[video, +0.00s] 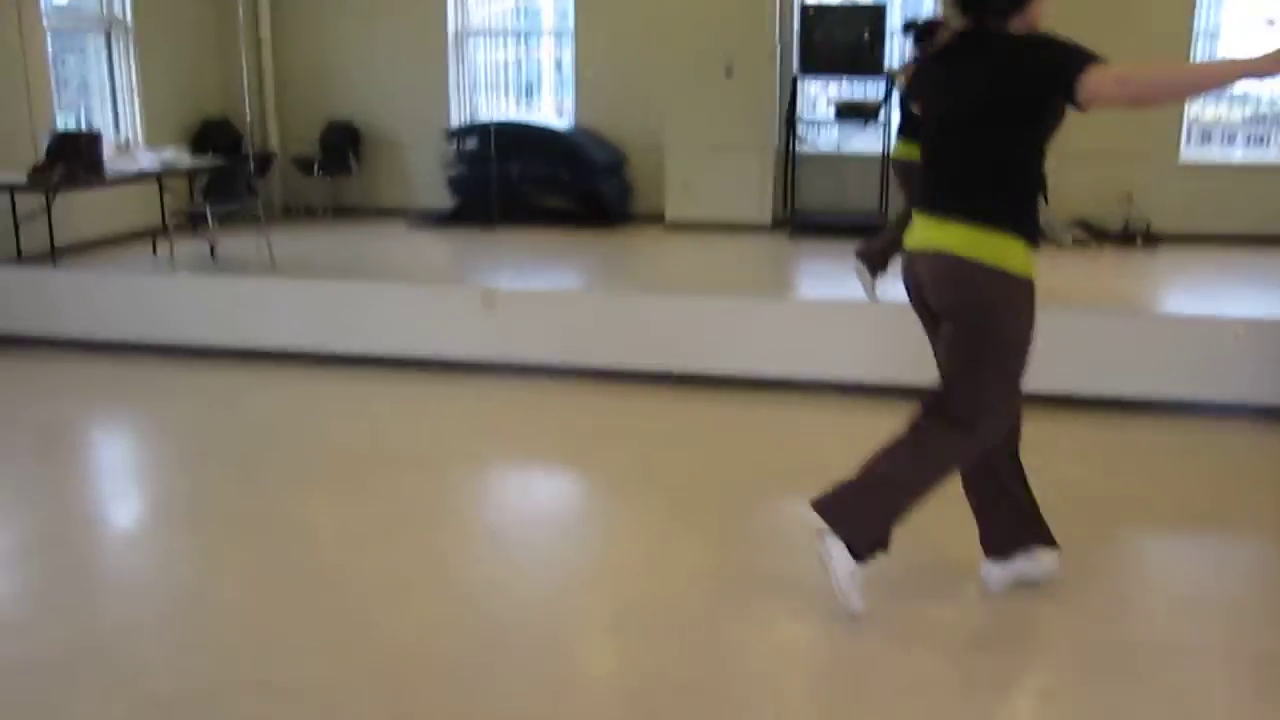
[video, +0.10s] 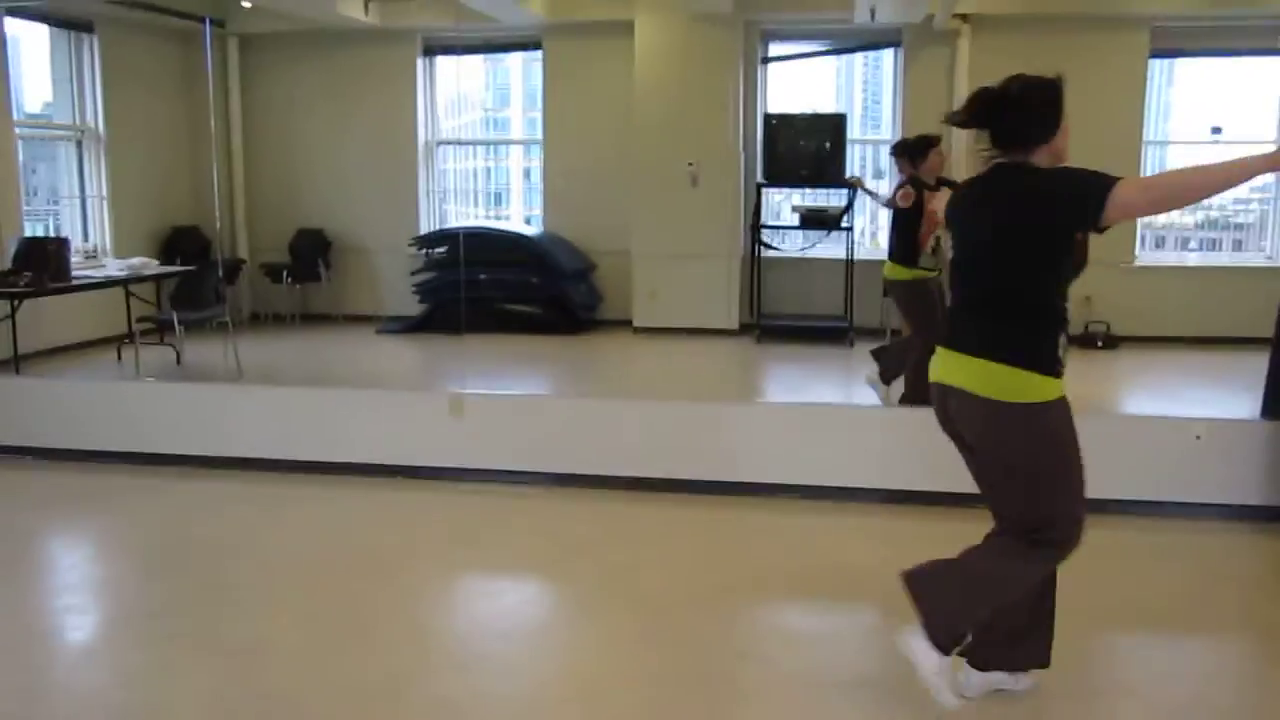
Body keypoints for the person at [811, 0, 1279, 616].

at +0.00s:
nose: (1044, 7)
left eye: (1040, 2)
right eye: (1038, 2)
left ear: (969, 6)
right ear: (1023, 7)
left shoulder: (935, 63)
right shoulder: (1037, 57)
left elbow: (909, 162)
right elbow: (1126, 88)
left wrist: (914, 229)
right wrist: (1249, 67)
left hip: (926, 259)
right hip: (989, 266)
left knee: (982, 404)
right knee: (974, 413)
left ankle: (1012, 546)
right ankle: (848, 522)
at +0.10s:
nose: (1068, 133)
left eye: (1063, 122)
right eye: (1064, 124)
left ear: (999, 134)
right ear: (1052, 133)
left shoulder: (969, 195)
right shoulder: (1059, 191)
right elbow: (1165, 191)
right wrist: (1266, 161)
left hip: (955, 383)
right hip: (1016, 395)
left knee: (1019, 523)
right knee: (1055, 531)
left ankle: (999, 658)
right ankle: (939, 610)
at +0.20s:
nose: (1123, 206)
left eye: (1122, 196)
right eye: (1120, 196)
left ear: (1051, 205)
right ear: (1110, 204)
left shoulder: (1030, 265)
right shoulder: (1117, 264)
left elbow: (1011, 350)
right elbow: (1208, 296)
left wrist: (1028, 405)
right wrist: (1276, 291)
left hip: (1010, 454)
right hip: (1082, 467)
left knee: (1039, 591)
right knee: (1136, 592)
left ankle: (999, 712)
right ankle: (1077, 707)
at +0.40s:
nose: (1259, 321)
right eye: (1259, 312)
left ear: (1201, 318)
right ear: (1257, 316)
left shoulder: (1167, 388)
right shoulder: (1268, 383)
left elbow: (1173, 473)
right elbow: (1276, 468)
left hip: (1174, 561)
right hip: (1249, 572)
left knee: (1216, 681)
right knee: (1267, 692)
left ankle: (1168, 715)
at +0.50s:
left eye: (1238, 307)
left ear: (1238, 313)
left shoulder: (1212, 380)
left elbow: (1195, 471)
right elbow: (1197, 471)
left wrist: (1191, 533)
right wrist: (1192, 533)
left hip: (1224, 554)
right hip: (1271, 555)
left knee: (1269, 664)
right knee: (1270, 673)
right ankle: (1251, 713)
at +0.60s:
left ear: (1272, 291)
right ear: (1274, 291)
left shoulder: (1260, 359)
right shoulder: (1258, 360)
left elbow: (1226, 441)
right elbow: (1227, 440)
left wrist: (1184, 476)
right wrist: (1186, 476)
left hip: (1269, 522)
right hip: (1270, 520)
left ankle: (1267, 706)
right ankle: (1266, 707)